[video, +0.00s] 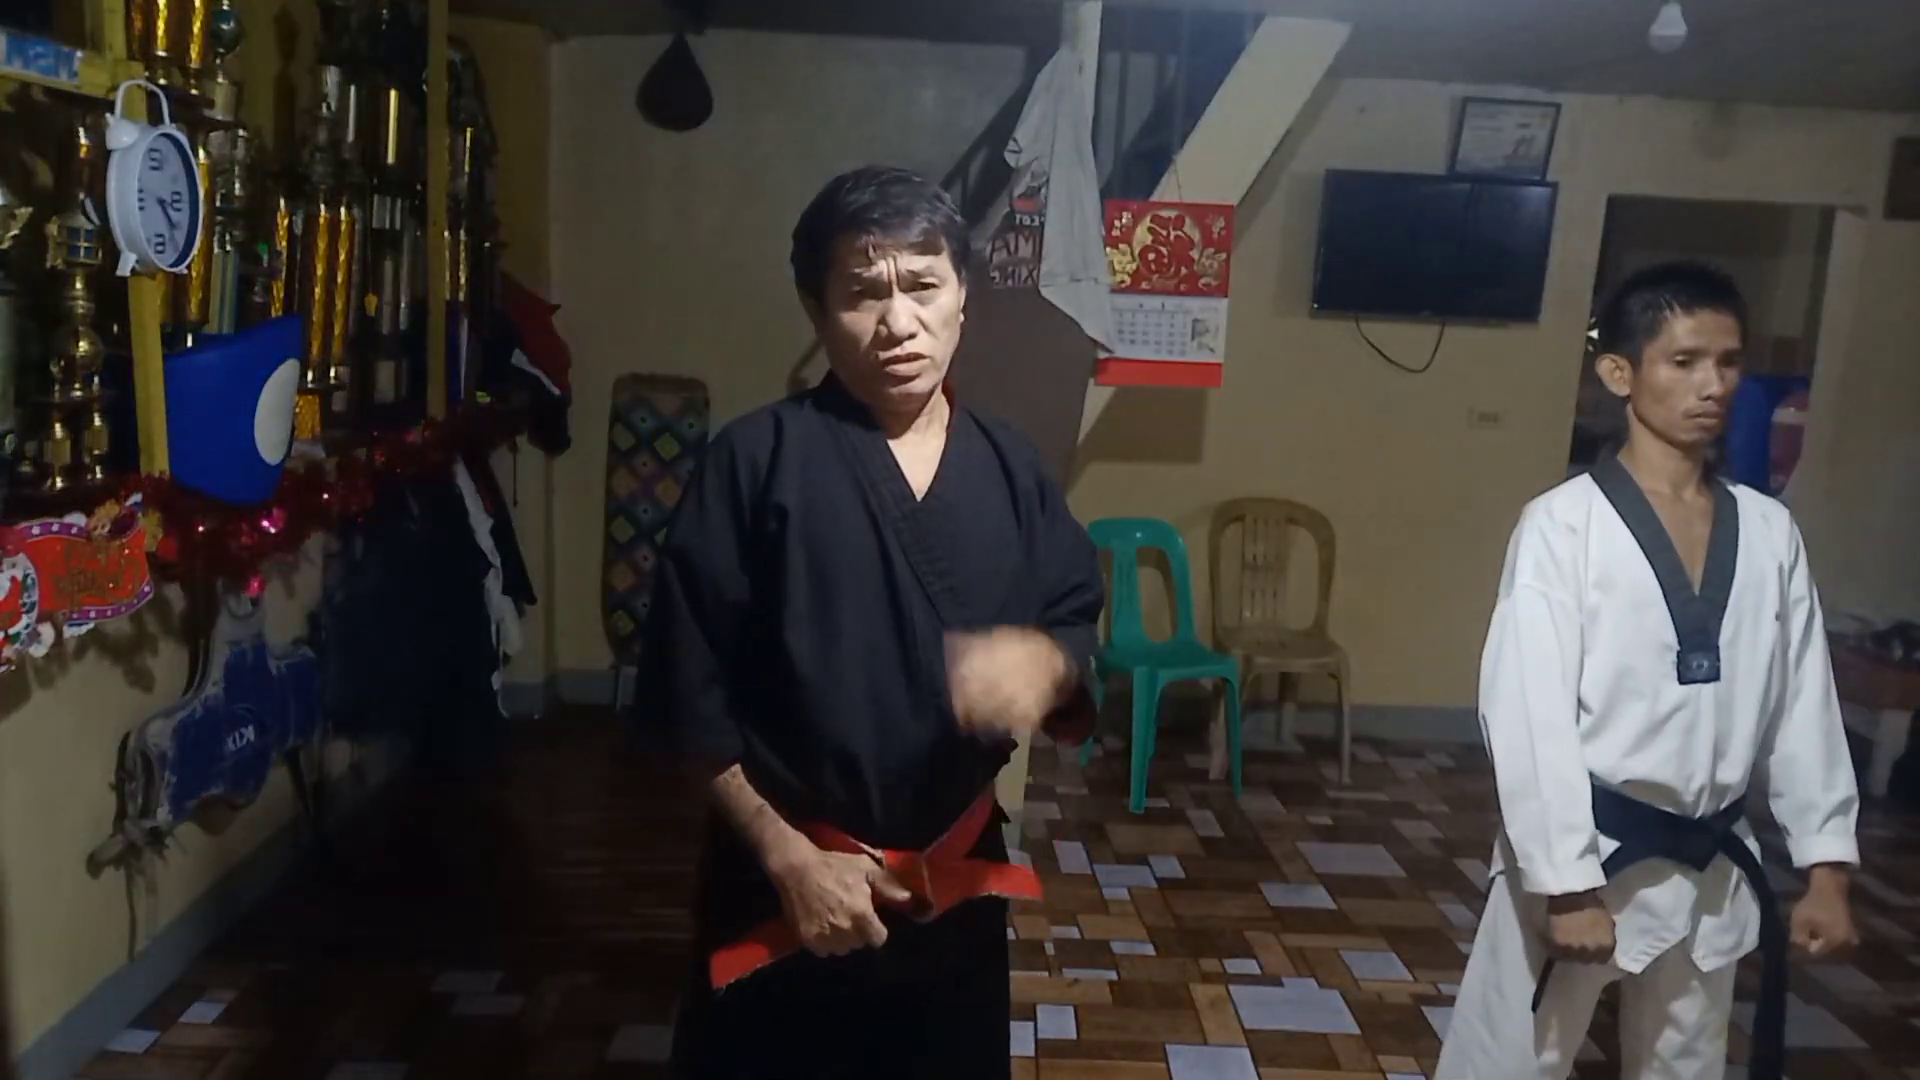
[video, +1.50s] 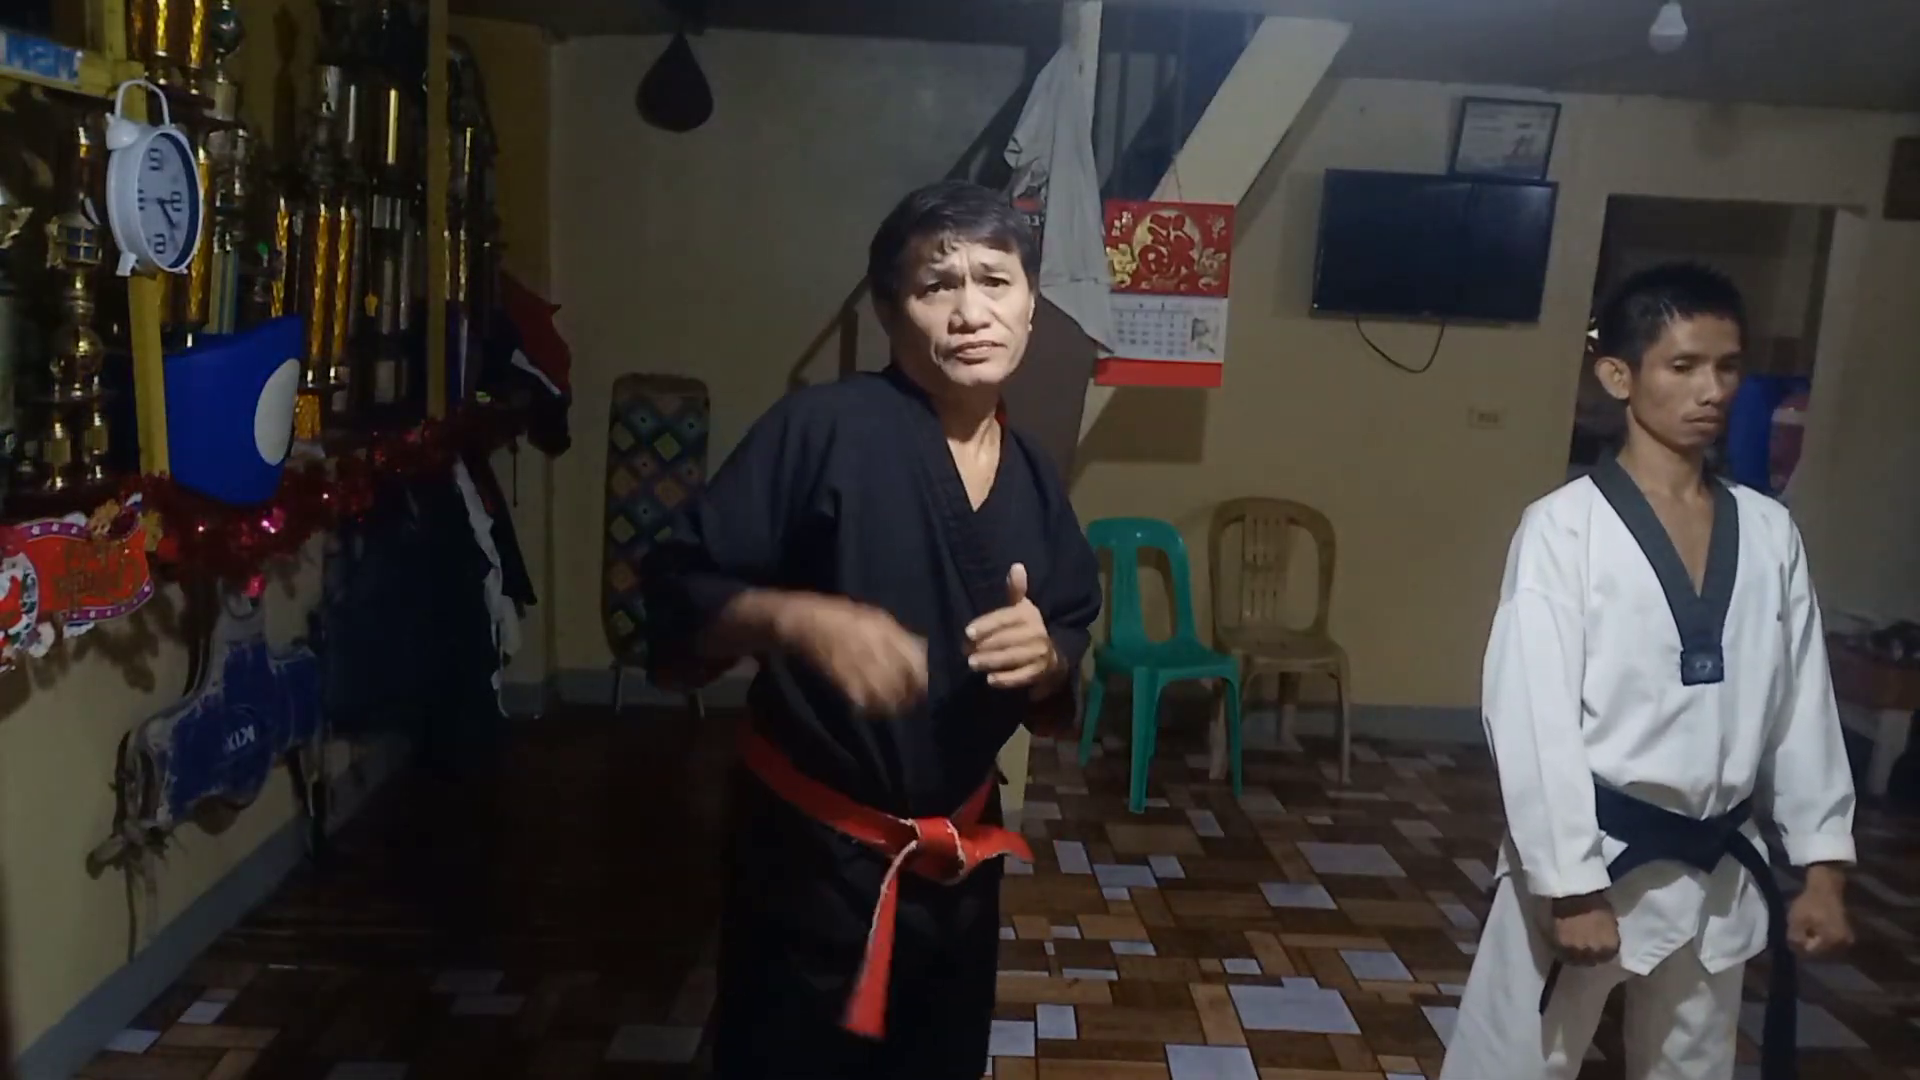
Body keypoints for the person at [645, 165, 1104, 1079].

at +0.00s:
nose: (897, 321)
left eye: (921, 286)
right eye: (862, 294)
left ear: (961, 296)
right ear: (816, 314)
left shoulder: (1010, 465)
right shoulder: (751, 464)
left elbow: (1077, 627)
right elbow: (679, 692)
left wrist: (1040, 662)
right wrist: (786, 853)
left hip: (956, 908)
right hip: (780, 907)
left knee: (956, 1071)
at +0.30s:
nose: (883, 323)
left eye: (909, 289)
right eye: (850, 295)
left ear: (957, 296)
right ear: (809, 314)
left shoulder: (1009, 471)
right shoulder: (736, 468)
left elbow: (1059, 692)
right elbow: (665, 691)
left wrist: (1003, 619)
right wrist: (764, 857)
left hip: (944, 898)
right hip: (761, 898)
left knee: (948, 1069)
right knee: (749, 1072)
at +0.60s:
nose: (877, 318)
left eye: (905, 284)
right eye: (845, 291)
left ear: (958, 296)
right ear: (809, 313)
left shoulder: (1006, 471)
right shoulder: (734, 468)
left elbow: (1053, 695)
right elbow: (661, 687)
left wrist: (995, 633)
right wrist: (754, 860)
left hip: (938, 903)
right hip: (754, 904)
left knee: (940, 1070)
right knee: (745, 1075)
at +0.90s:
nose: (882, 316)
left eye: (910, 284)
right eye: (850, 290)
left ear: (960, 296)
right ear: (812, 314)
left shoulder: (1007, 474)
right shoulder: (735, 467)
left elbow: (1050, 696)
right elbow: (664, 691)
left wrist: (1003, 634)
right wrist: (762, 860)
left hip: (943, 901)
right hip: (759, 902)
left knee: (945, 1070)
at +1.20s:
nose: (906, 305)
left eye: (931, 273)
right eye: (871, 283)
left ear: (976, 293)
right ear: (829, 314)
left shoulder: (1010, 468)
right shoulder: (764, 460)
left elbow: (1052, 687)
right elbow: (686, 679)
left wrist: (1024, 651)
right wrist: (794, 846)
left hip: (962, 897)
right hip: (788, 900)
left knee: (964, 1068)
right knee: (775, 1073)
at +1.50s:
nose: (972, 313)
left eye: (996, 282)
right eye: (937, 287)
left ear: (1032, 304)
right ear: (890, 314)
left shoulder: (1027, 469)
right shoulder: (818, 431)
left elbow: (1069, 635)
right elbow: (671, 593)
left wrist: (1045, 652)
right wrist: (798, 618)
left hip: (958, 852)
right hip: (815, 844)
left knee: (944, 1063)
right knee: (789, 1063)